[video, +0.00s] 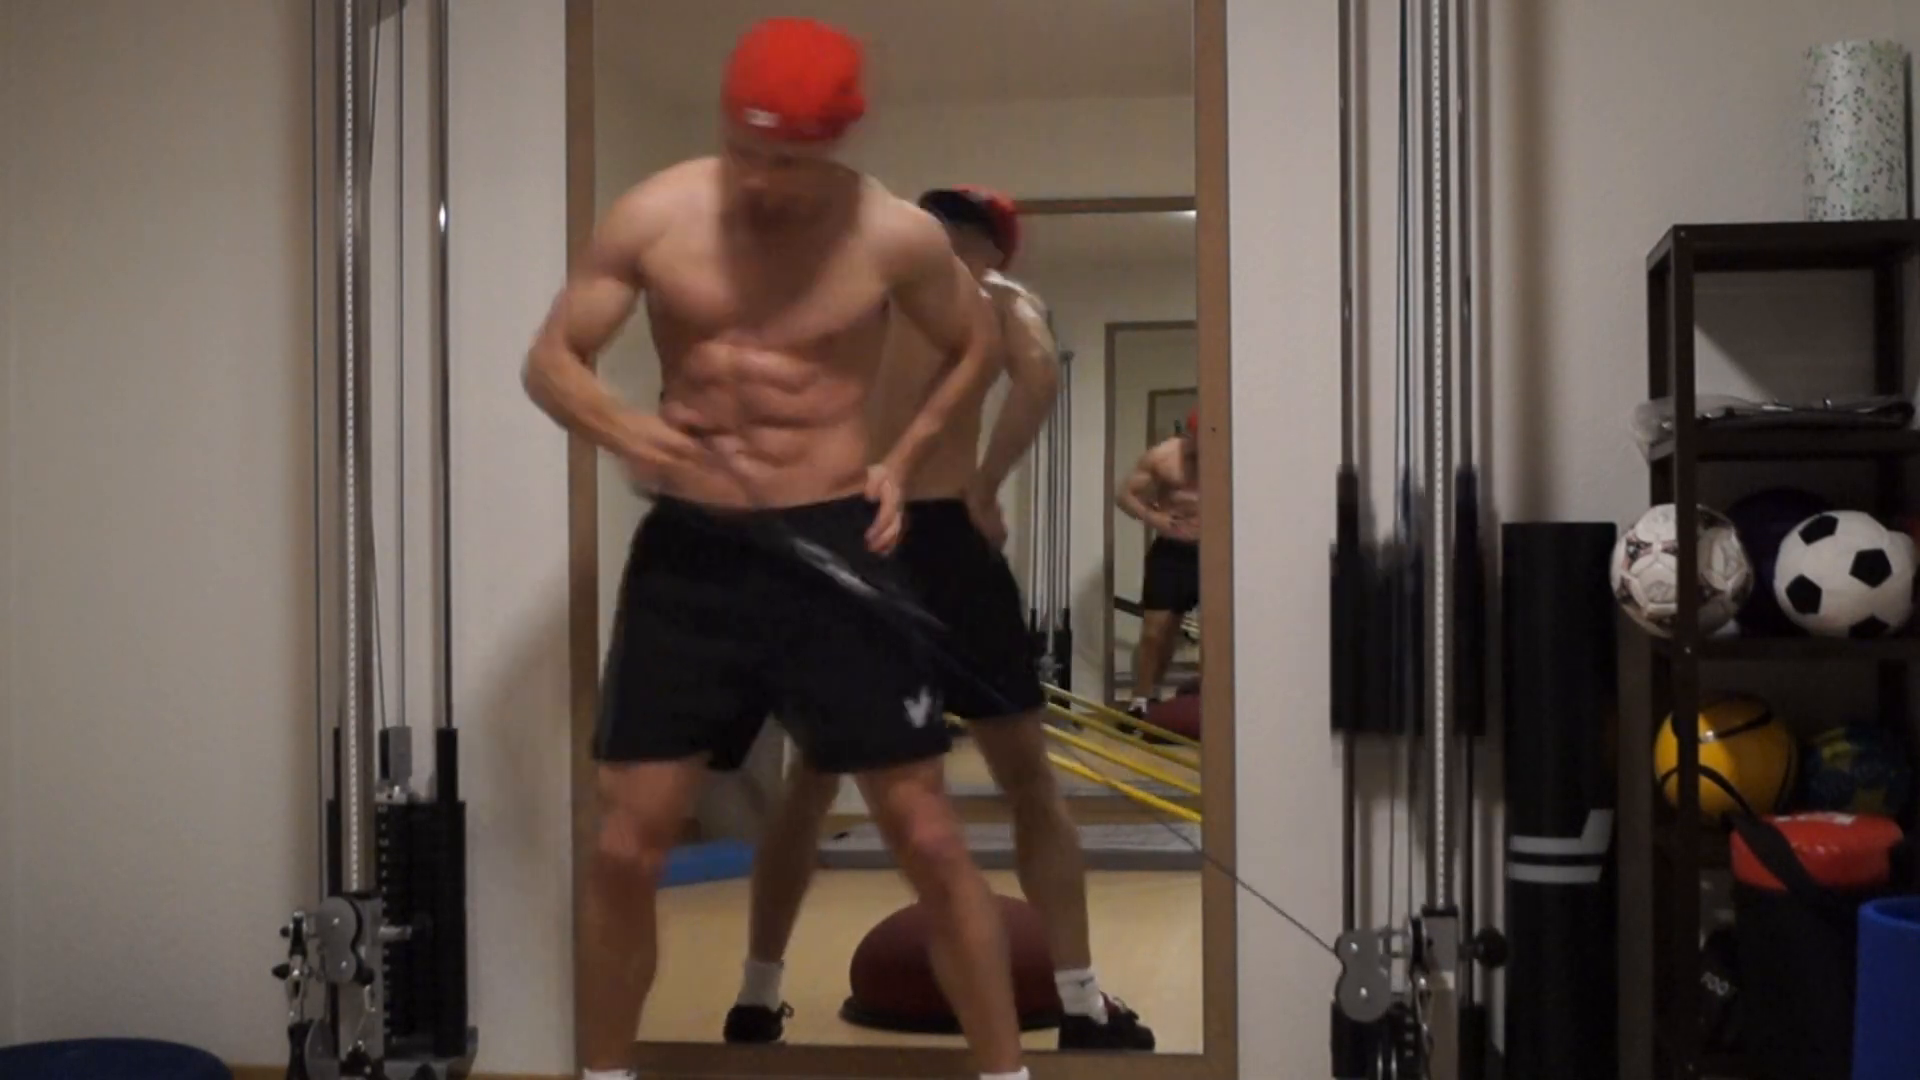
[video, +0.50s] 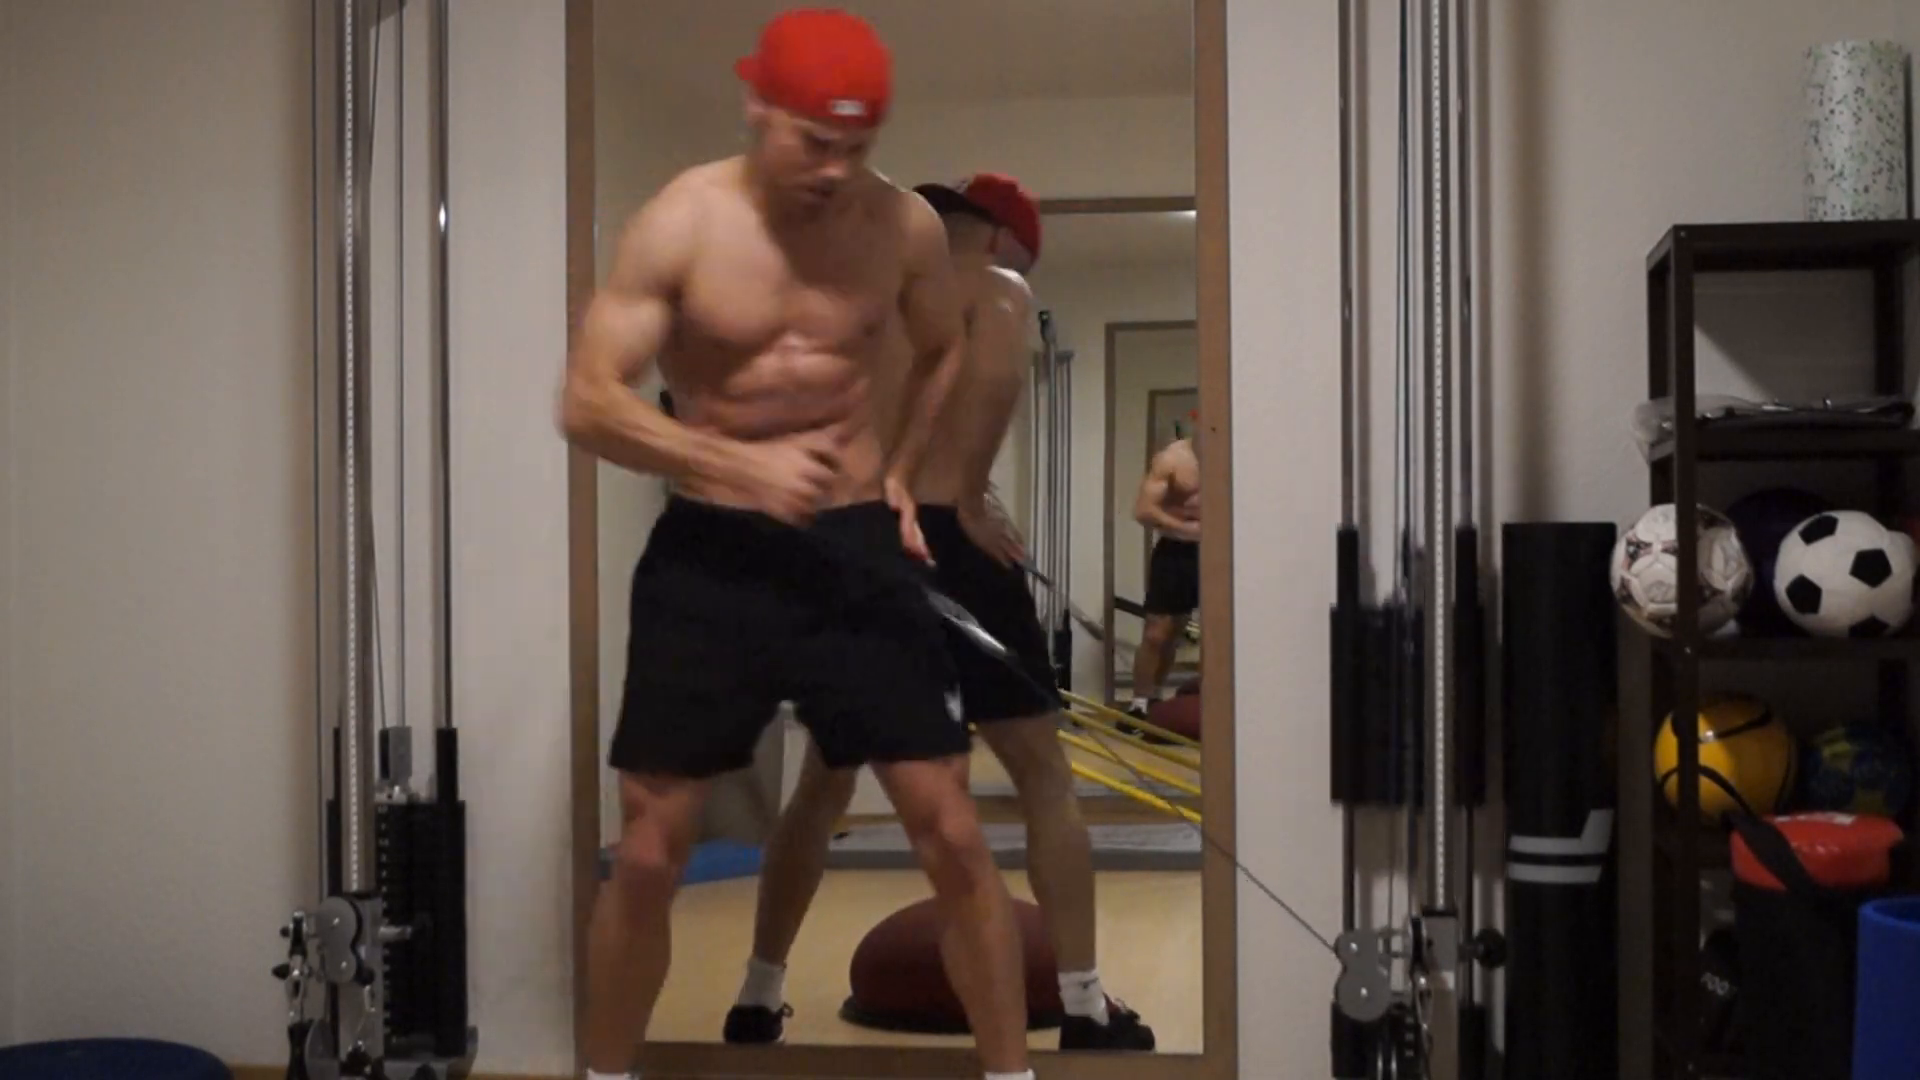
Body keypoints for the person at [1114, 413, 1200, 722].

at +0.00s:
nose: (1198, 444)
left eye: (1204, 438)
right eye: (1196, 437)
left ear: (1211, 437)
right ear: (1188, 432)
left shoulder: (1216, 460)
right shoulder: (1163, 457)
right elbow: (1125, 495)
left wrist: (1210, 525)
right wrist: (1157, 518)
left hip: (1202, 549)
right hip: (1170, 546)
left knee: (1171, 630)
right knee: (1154, 629)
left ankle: (1152, 694)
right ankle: (1141, 698)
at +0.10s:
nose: (1184, 447)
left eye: (1190, 441)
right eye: (1180, 440)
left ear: (1200, 440)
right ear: (1172, 436)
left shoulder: (1208, 464)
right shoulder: (1155, 456)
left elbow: (1226, 502)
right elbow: (1121, 481)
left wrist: (1206, 519)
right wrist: (1131, 501)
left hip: (1196, 550)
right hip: (1161, 547)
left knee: (1164, 630)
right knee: (1146, 627)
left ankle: (1149, 694)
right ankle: (1139, 699)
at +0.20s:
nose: (1172, 449)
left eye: (1179, 444)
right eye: (1168, 442)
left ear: (1193, 443)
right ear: (1163, 438)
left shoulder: (1204, 463)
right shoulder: (1151, 454)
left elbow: (1221, 502)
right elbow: (1122, 472)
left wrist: (1196, 518)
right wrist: (1125, 492)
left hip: (1192, 551)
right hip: (1156, 549)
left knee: (1161, 629)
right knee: (1143, 628)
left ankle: (1150, 693)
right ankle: (1137, 700)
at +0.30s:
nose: (1172, 448)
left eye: (1180, 443)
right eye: (1169, 442)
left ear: (1194, 443)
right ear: (1164, 437)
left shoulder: (1204, 465)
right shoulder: (1152, 455)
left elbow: (1221, 502)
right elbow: (1120, 479)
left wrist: (1203, 519)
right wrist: (1128, 498)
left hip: (1188, 550)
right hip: (1155, 547)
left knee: (1161, 629)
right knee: (1144, 628)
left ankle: (1149, 694)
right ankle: (1136, 700)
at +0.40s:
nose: (1191, 443)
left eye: (1196, 437)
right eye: (1188, 436)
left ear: (1206, 438)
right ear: (1179, 432)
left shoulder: (1213, 462)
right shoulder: (1159, 458)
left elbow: (1232, 502)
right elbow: (1123, 496)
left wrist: (1207, 512)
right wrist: (1157, 515)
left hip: (1203, 549)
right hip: (1168, 546)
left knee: (1167, 633)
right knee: (1152, 630)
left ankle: (1151, 697)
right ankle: (1138, 701)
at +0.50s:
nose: (1213, 427)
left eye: (1217, 419)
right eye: (1208, 419)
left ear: (1225, 424)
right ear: (1194, 418)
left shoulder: (1223, 460)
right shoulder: (1171, 459)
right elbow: (1145, 509)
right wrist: (1190, 529)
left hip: (1203, 550)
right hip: (1175, 549)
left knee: (1173, 634)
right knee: (1156, 633)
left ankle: (1153, 698)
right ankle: (1139, 703)